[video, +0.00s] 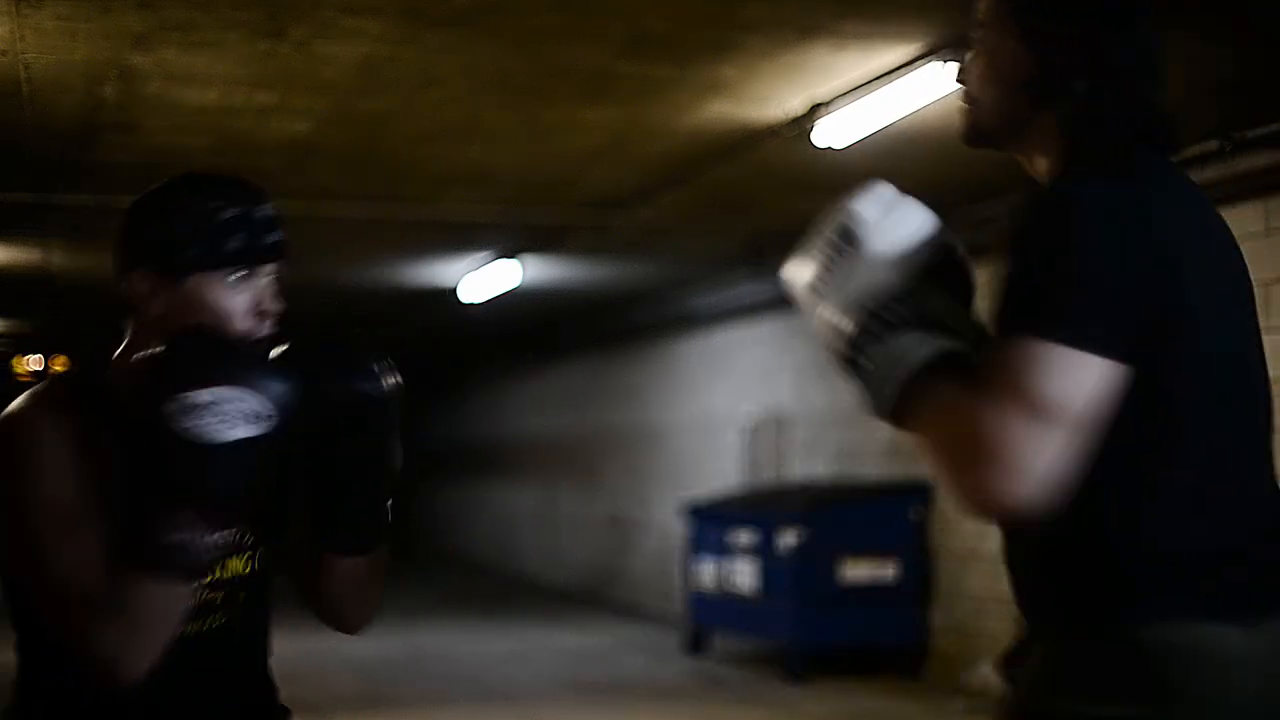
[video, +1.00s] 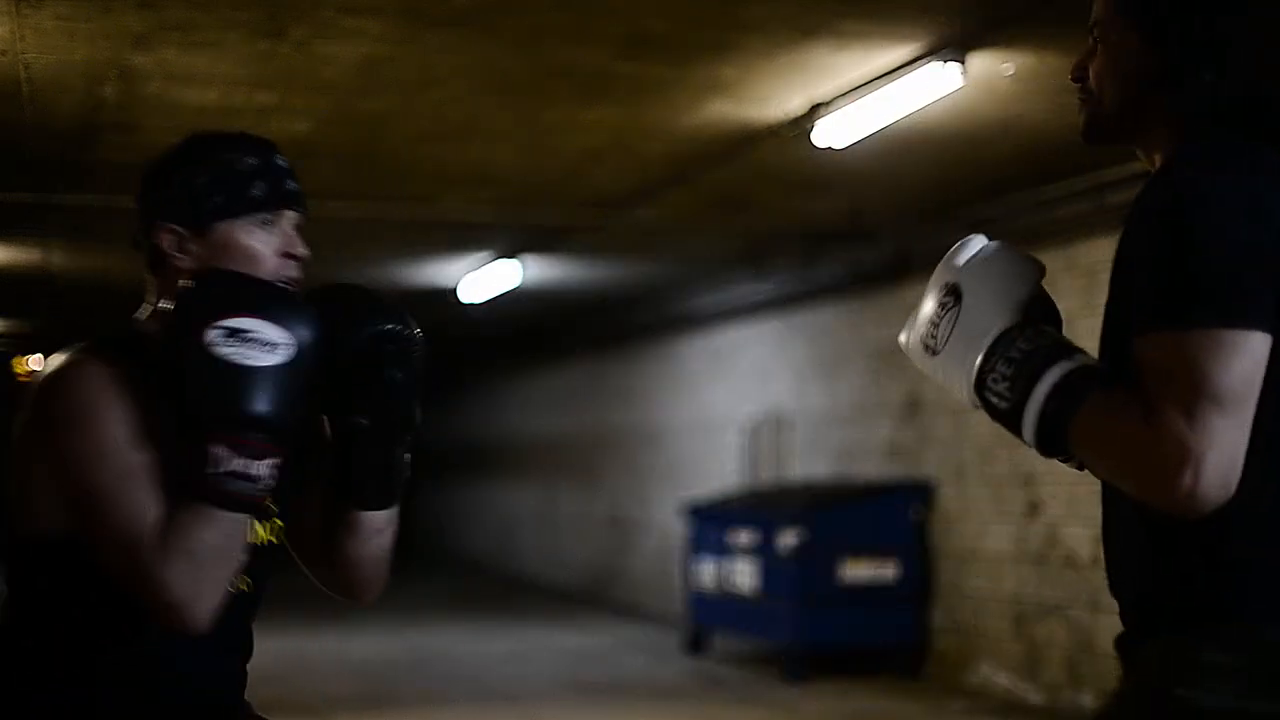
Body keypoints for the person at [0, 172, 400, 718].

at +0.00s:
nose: (271, 305)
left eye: (272, 276)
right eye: (240, 278)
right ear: (152, 289)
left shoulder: (259, 412)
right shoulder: (47, 426)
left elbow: (347, 611)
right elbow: (114, 654)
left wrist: (359, 449)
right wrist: (200, 483)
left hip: (239, 707)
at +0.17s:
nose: (260, 345)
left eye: (265, 315)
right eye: (227, 326)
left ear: (280, 315)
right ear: (161, 347)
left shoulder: (313, 434)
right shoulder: (90, 472)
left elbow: (437, 626)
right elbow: (75, 696)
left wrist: (368, 498)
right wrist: (113, 527)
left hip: (277, 707)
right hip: (145, 717)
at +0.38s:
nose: (393, 271)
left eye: (386, 246)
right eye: (370, 243)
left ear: (286, 260)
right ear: (288, 256)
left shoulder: (268, 342)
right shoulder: (286, 333)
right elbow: (467, 358)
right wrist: (565, 257)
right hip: (196, 709)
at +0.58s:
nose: (343, 282)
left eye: (343, 258)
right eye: (317, 255)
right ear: (232, 264)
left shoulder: (277, 406)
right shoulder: (143, 400)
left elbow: (313, 597)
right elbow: (110, 610)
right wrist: (290, 519)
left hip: (223, 710)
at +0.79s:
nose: (253, 269)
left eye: (253, 247)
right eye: (221, 243)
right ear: (134, 258)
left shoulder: (238, 393)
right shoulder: (41, 400)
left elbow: (289, 602)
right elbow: (43, 643)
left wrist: (321, 495)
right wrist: (153, 524)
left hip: (189, 692)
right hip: (67, 699)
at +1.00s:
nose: (298, 249)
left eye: (296, 227)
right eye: (266, 224)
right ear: (180, 246)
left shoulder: (257, 384)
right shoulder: (88, 388)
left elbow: (356, 580)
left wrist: (380, 422)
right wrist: (245, 427)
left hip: (213, 700)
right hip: (91, 709)